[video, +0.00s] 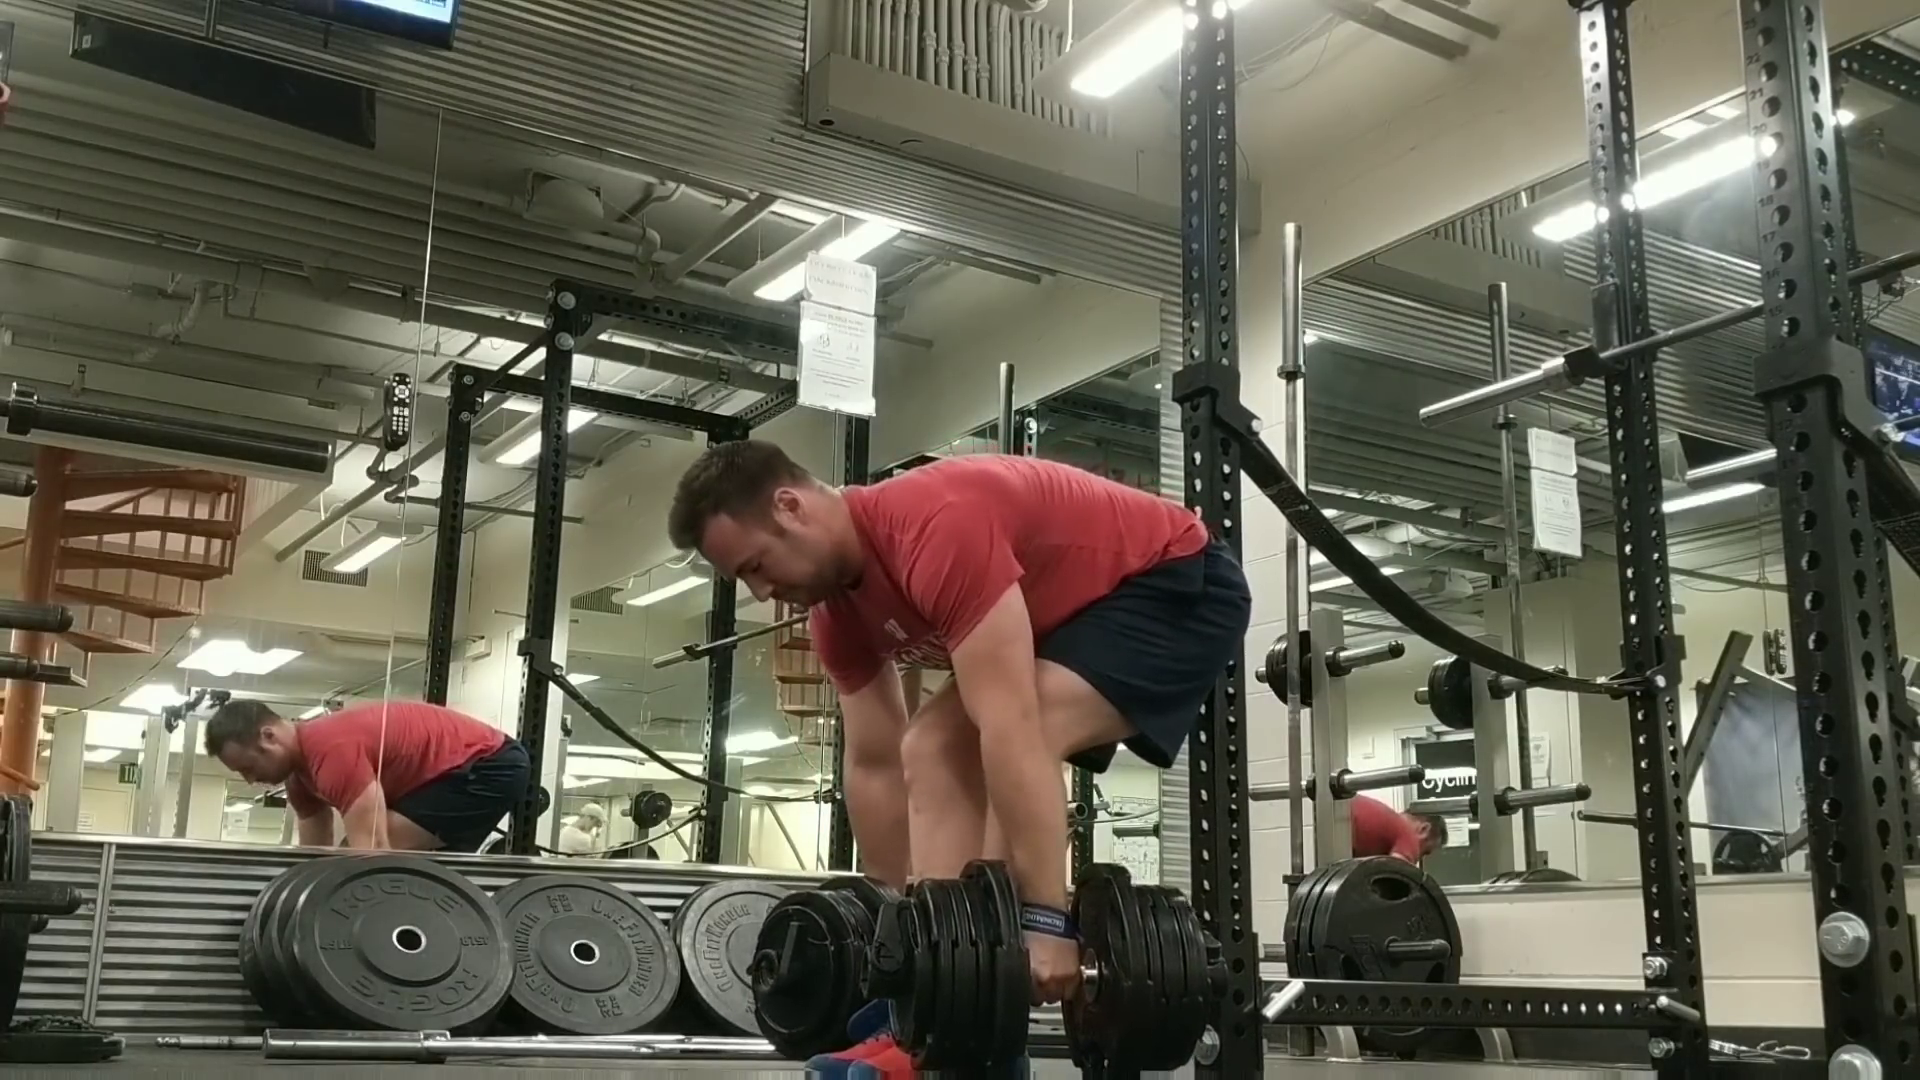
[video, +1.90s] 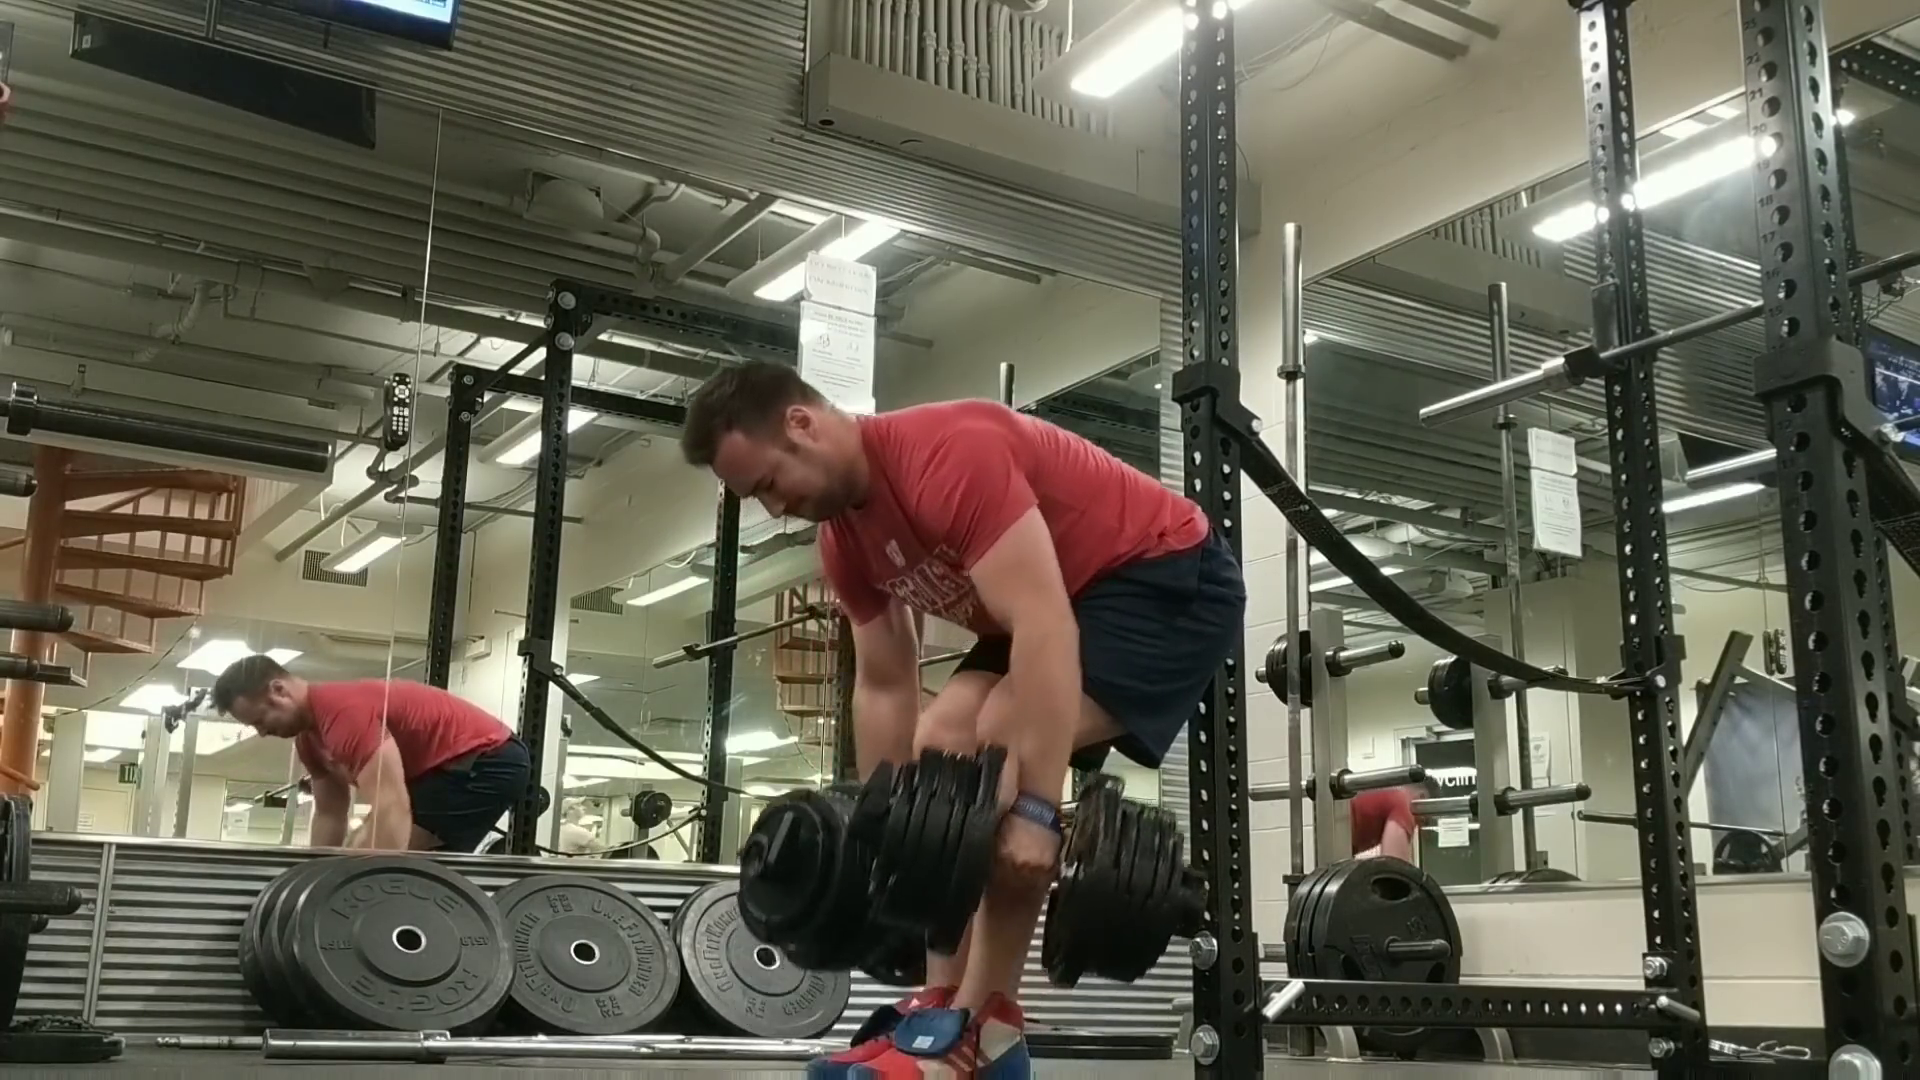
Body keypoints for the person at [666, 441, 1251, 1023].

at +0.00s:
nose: (760, 593)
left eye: (755, 566)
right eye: (743, 581)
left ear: (793, 505)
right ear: (794, 509)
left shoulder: (940, 527)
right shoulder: (839, 611)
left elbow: (1013, 727)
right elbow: (876, 765)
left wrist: (1050, 921)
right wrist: (890, 943)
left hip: (1176, 585)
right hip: (1075, 612)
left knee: (1003, 739)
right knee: (932, 743)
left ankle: (975, 1021)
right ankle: (921, 1005)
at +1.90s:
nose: (773, 510)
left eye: (767, 484)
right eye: (756, 499)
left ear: (804, 423)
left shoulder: (952, 456)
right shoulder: (846, 538)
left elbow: (1043, 624)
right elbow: (883, 684)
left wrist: (1040, 808)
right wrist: (876, 844)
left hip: (1166, 578)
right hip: (1054, 603)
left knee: (1009, 732)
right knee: (942, 733)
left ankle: (993, 1020)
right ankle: (943, 1003)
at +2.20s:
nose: (810, 466)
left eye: (801, 444)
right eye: (792, 460)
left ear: (824, 380)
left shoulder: (972, 395)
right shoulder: (866, 486)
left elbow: (1114, 515)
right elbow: (922, 600)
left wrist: (1110, 684)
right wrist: (900, 737)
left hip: (1162, 573)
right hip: (1046, 601)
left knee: (1017, 750)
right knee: (940, 737)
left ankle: (990, 1016)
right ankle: (941, 999)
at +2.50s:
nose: (846, 473)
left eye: (833, 456)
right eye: (827, 469)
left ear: (836, 390)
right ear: (835, 390)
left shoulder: (983, 374)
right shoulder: (872, 462)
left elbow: (1144, 463)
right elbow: (953, 555)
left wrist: (1142, 625)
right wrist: (932, 668)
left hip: (1157, 571)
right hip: (1050, 598)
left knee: (1006, 736)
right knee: (944, 733)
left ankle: (990, 1017)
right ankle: (941, 1000)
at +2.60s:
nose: (844, 472)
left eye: (831, 455)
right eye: (825, 469)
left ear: (836, 390)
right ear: (834, 391)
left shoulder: (982, 377)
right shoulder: (870, 464)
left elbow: (1141, 475)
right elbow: (950, 563)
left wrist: (1138, 635)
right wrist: (933, 684)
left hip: (1163, 571)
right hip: (1053, 596)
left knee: (1013, 738)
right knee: (944, 735)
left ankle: (991, 1019)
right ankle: (941, 1003)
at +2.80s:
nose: (823, 469)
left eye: (812, 451)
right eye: (805, 466)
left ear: (826, 384)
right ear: (827, 388)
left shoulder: (981, 386)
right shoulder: (867, 474)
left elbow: (1108, 517)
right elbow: (924, 592)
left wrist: (1107, 689)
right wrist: (911, 731)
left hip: (1159, 572)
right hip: (1040, 597)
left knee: (1024, 754)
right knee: (942, 747)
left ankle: (990, 1015)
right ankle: (942, 998)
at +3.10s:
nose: (794, 482)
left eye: (785, 459)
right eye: (775, 475)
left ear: (812, 394)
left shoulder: (965, 420)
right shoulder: (853, 512)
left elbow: (1026, 602)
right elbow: (874, 665)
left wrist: (1029, 786)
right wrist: (864, 821)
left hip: (1164, 574)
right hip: (1053, 603)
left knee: (1018, 741)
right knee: (930, 747)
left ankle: (991, 1018)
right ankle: (942, 1000)